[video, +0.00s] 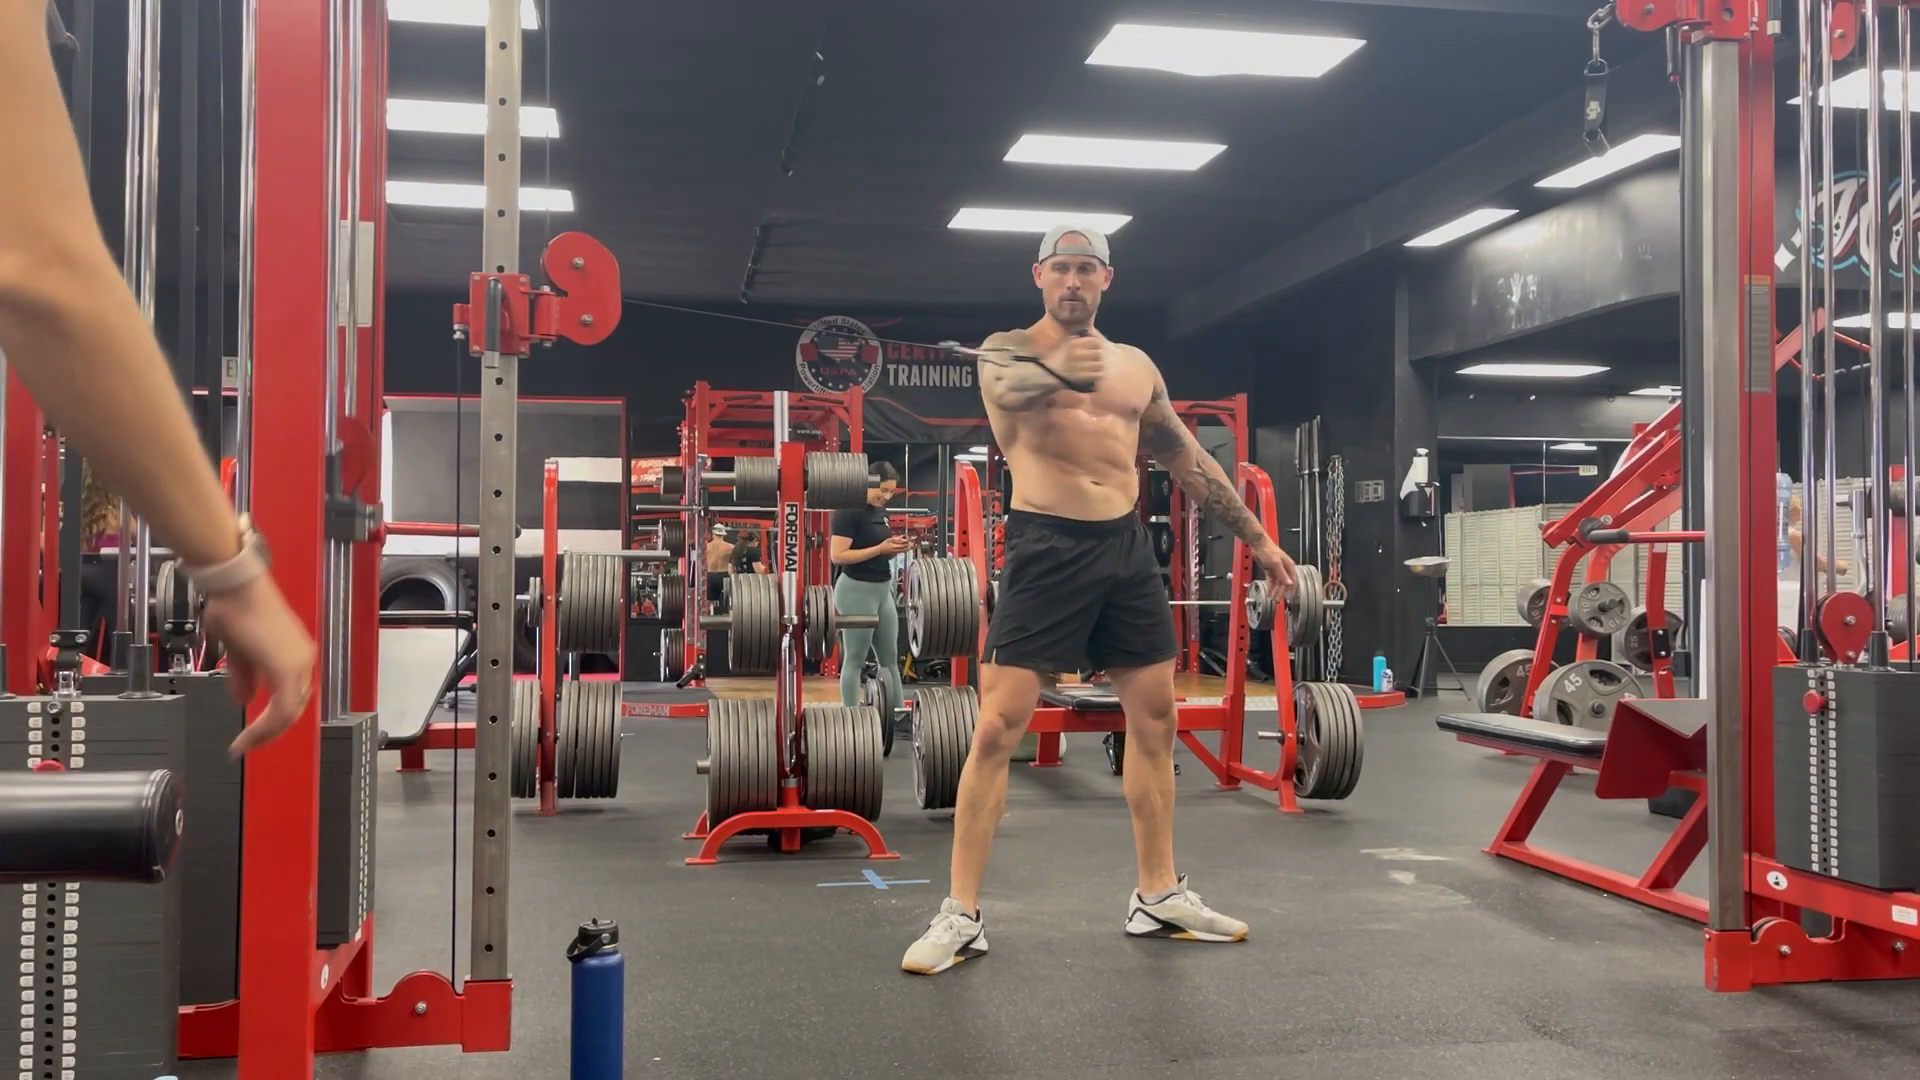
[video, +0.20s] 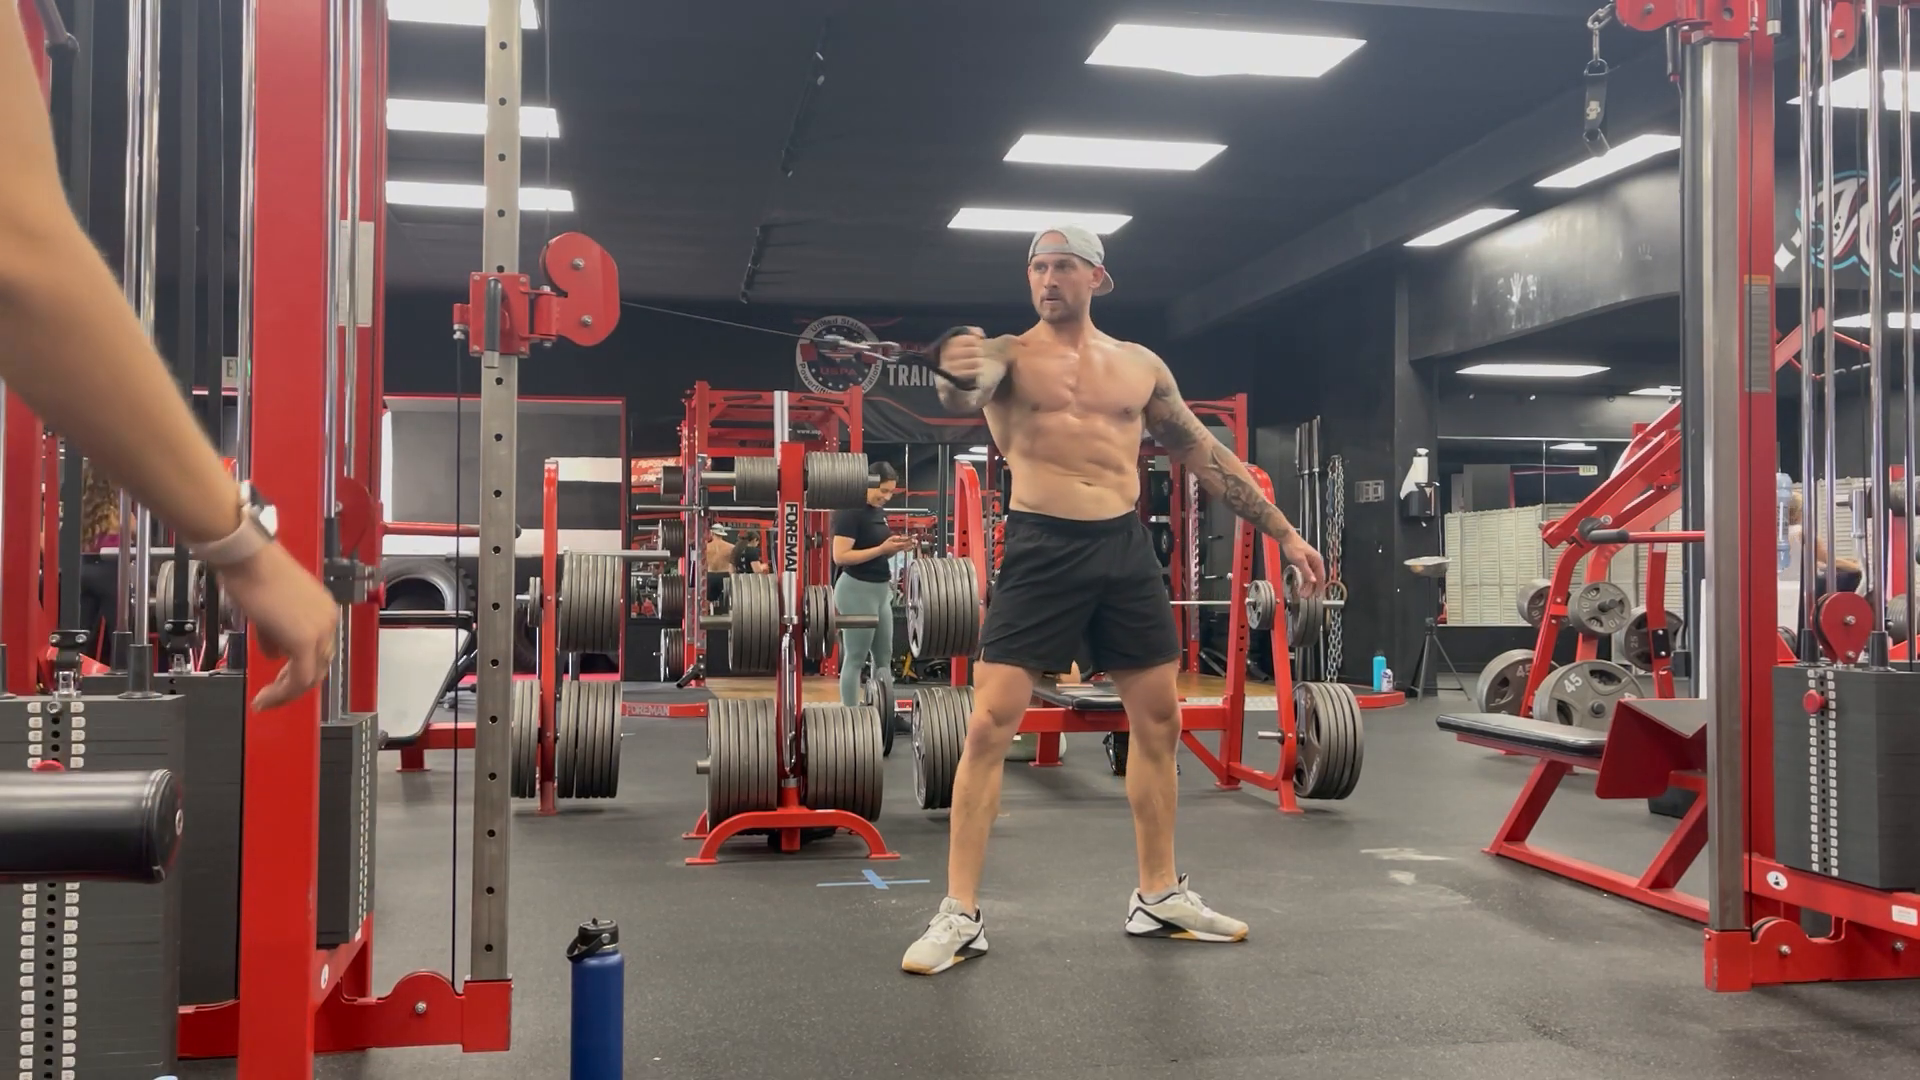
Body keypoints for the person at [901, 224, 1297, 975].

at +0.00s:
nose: (1074, 281)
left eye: (1086, 269)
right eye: (1062, 268)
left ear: (1107, 281)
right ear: (1039, 280)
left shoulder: (1138, 367)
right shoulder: (1004, 349)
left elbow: (1194, 465)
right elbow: (1009, 390)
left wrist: (1261, 542)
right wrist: (1067, 374)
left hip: (1127, 552)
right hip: (1043, 551)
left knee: (1155, 720)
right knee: (995, 730)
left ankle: (1157, 894)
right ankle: (961, 911)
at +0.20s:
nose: (1049, 276)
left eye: (1064, 264)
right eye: (1039, 265)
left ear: (1098, 280)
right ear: (1027, 280)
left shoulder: (1142, 366)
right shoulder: (1006, 353)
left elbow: (1212, 458)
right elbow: (968, 381)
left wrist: (1287, 532)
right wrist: (955, 367)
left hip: (1126, 550)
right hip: (1037, 550)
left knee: (1159, 721)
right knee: (988, 725)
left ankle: (1158, 896)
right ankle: (960, 910)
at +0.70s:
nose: (1076, 272)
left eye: (1089, 261)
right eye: (1063, 260)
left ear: (1108, 277)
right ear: (1038, 275)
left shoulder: (1143, 367)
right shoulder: (1006, 344)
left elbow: (1207, 464)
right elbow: (976, 386)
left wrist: (1278, 537)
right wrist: (1017, 370)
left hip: (1123, 553)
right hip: (1036, 550)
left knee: (1160, 719)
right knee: (987, 726)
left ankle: (1158, 895)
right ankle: (958, 910)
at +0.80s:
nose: (1087, 273)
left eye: (1098, 263)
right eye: (1072, 260)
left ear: (1110, 281)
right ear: (1041, 275)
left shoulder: (1130, 364)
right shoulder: (1008, 346)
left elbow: (1191, 467)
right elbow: (1017, 390)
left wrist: (1256, 543)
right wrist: (1094, 374)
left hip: (1121, 552)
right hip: (1037, 548)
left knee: (1157, 716)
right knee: (989, 728)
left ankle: (1159, 894)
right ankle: (959, 909)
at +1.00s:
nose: (1103, 276)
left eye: (1111, 266)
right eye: (1089, 262)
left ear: (1116, 280)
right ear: (1047, 273)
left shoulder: (1122, 372)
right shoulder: (1016, 348)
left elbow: (1149, 469)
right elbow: (1085, 387)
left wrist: (1201, 549)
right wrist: (1208, 383)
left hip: (1118, 554)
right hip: (1042, 549)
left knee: (1154, 717)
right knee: (999, 731)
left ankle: (1159, 894)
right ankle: (959, 910)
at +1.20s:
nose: (1119, 279)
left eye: (1121, 269)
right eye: (1105, 265)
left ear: (1105, 284)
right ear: (1059, 273)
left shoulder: (1102, 363)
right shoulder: (1037, 346)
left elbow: (1114, 472)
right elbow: (1154, 389)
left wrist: (1149, 549)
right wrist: (1278, 390)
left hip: (1120, 556)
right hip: (1050, 550)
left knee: (1151, 720)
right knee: (1009, 734)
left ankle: (1159, 894)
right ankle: (960, 910)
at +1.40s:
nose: (1127, 288)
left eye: (1129, 277)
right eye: (1117, 274)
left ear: (1086, 278)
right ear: (1073, 274)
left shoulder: (1091, 350)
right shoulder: (1060, 340)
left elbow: (1174, 397)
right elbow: (1171, 392)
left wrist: (1260, 396)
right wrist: (1278, 399)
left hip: (1114, 555)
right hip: (1053, 549)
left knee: (1147, 720)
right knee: (1012, 736)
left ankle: (1159, 894)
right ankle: (959, 911)